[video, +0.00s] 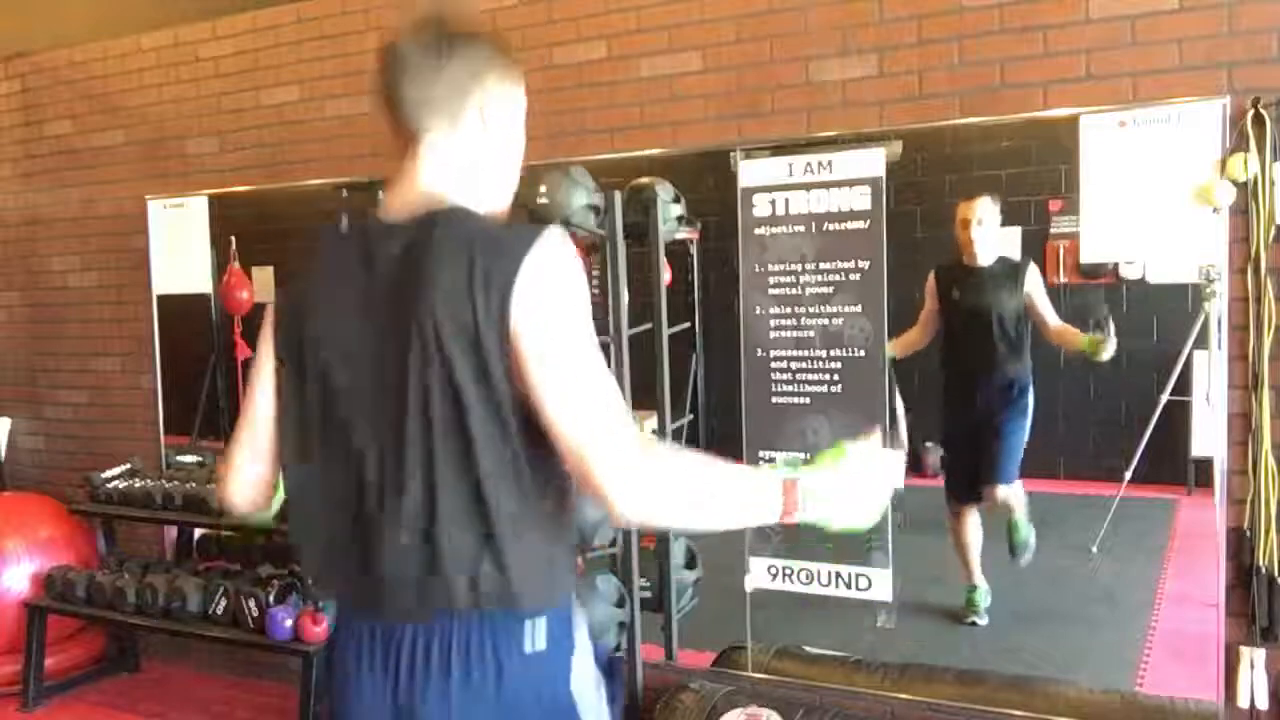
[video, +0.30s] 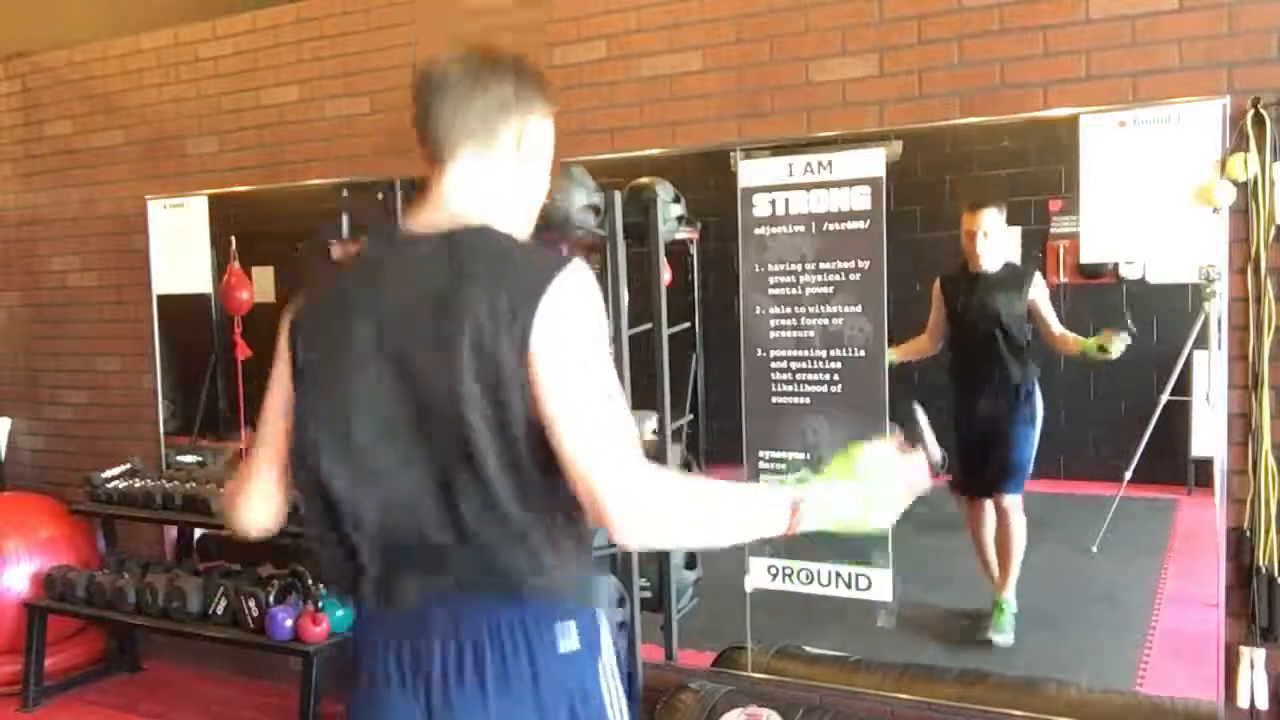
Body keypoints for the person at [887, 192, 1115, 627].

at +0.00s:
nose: (971, 232)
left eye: (980, 224)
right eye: (965, 224)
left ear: (997, 227)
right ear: (956, 229)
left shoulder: (1023, 275)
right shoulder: (941, 279)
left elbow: (1054, 328)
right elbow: (922, 332)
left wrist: (1089, 343)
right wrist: (883, 351)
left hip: (1010, 394)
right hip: (961, 395)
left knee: (996, 491)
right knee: (960, 502)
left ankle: (1018, 514)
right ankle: (977, 587)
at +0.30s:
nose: (975, 243)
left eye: (984, 234)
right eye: (969, 234)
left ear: (1002, 235)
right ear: (961, 236)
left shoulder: (1027, 282)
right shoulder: (947, 286)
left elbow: (1057, 337)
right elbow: (931, 340)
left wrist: (1091, 346)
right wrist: (891, 353)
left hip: (1017, 400)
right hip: (969, 401)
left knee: (1007, 498)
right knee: (976, 504)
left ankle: (1006, 600)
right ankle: (999, 592)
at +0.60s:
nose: (985, 219)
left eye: (994, 211)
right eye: (979, 210)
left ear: (1013, 212)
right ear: (969, 211)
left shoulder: (1036, 261)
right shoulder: (955, 261)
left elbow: (1060, 321)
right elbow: (939, 324)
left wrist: (1098, 355)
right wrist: (900, 360)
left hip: (1017, 377)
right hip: (968, 378)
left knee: (1007, 482)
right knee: (978, 491)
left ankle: (1003, 579)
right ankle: (1015, 542)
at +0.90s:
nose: (990, 210)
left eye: (999, 201)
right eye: (985, 200)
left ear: (1018, 205)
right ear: (974, 203)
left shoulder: (1039, 253)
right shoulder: (957, 251)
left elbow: (1063, 316)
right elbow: (938, 312)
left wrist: (1099, 355)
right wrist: (897, 354)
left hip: (1017, 373)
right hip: (966, 372)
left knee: (1009, 473)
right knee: (961, 472)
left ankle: (1007, 571)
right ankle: (973, 555)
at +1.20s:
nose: (986, 234)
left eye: (995, 225)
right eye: (979, 225)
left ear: (1015, 230)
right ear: (970, 232)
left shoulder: (1036, 279)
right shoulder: (953, 281)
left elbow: (1062, 333)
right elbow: (935, 337)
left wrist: (1092, 346)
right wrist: (897, 349)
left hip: (1011, 401)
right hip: (961, 399)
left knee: (1002, 503)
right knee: (953, 498)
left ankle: (995, 591)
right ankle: (954, 596)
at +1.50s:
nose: (973, 233)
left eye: (983, 224)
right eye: (967, 225)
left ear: (1000, 229)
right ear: (958, 231)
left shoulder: (1026, 281)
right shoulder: (944, 284)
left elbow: (1052, 334)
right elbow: (931, 341)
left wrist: (1090, 344)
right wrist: (893, 354)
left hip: (1015, 398)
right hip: (964, 399)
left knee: (1006, 498)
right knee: (969, 502)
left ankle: (1013, 516)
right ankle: (980, 590)